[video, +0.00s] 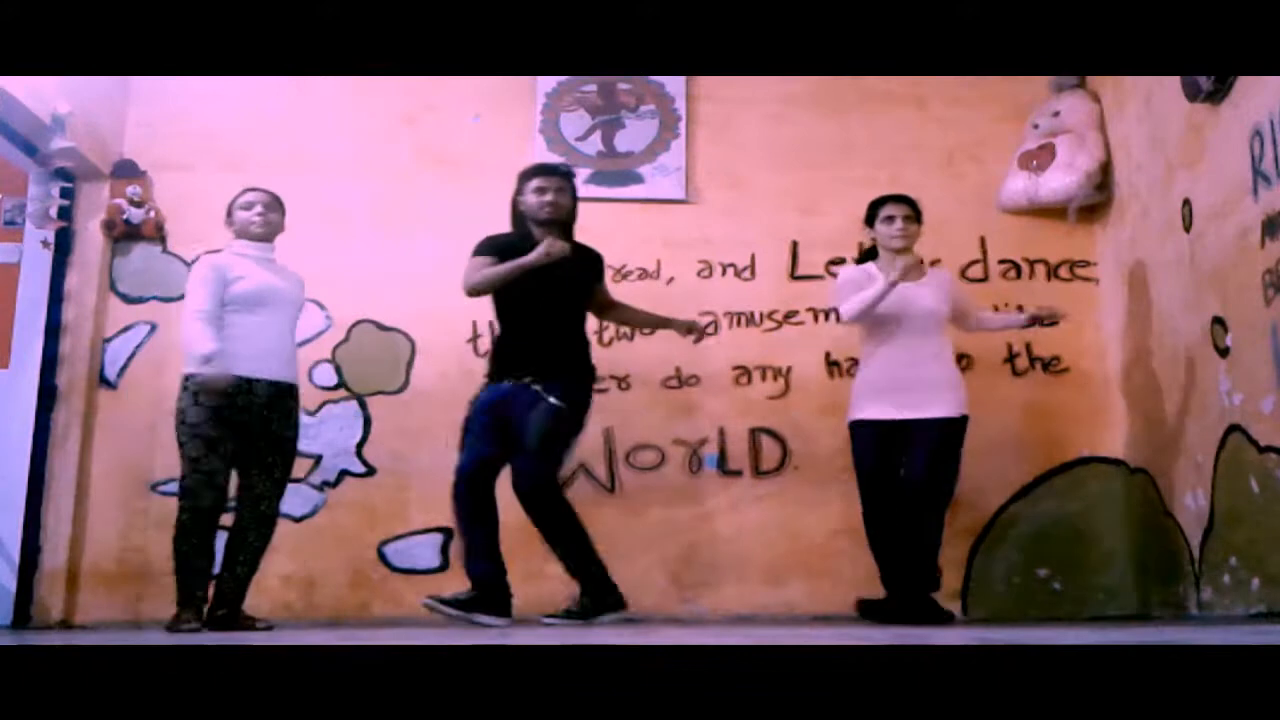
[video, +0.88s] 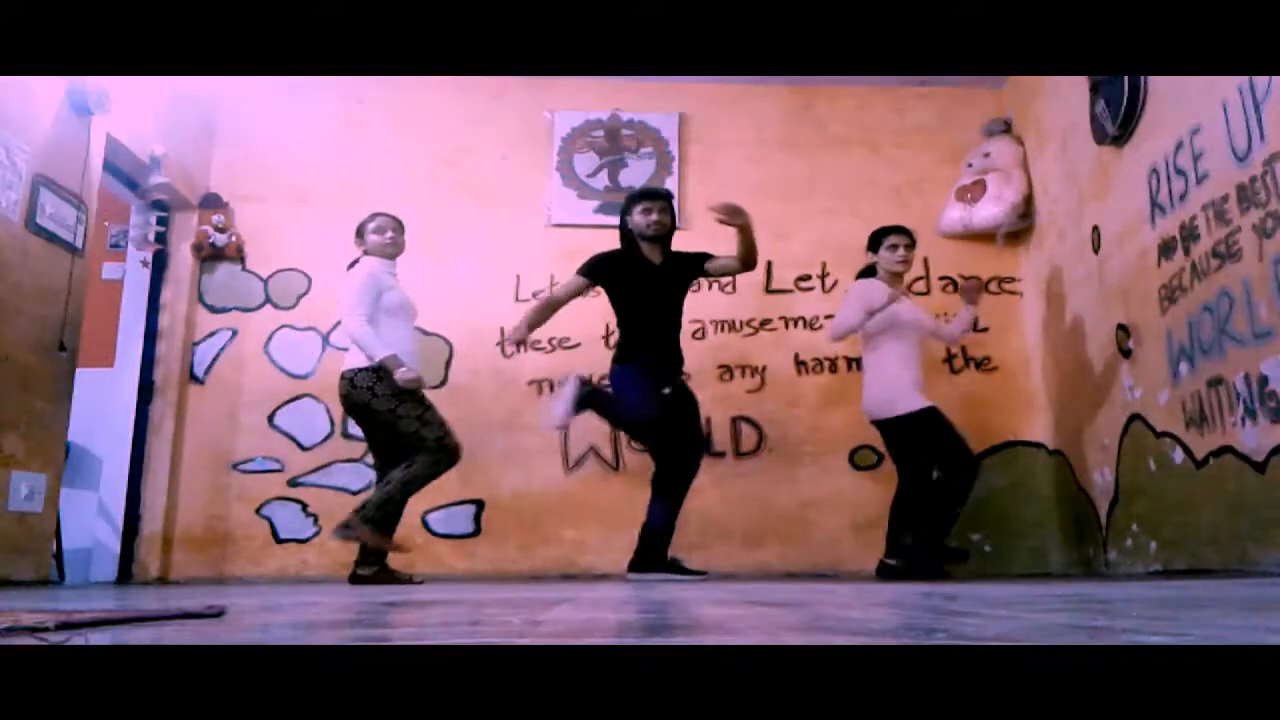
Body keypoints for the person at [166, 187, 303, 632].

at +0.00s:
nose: (260, 212)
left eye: (270, 208)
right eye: (248, 206)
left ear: (282, 225)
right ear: (229, 221)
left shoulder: (293, 281)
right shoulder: (214, 263)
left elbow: (284, 340)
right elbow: (198, 319)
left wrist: (286, 390)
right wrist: (207, 364)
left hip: (276, 400)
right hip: (216, 392)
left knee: (261, 509)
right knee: (202, 500)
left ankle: (228, 607)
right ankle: (190, 607)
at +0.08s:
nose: (273, 217)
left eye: (282, 213)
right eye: (260, 211)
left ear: (292, 229)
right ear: (241, 225)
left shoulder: (293, 289)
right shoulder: (228, 266)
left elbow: (294, 337)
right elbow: (230, 317)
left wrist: (306, 345)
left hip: (283, 399)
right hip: (222, 394)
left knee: (283, 506)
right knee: (202, 501)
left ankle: (253, 603)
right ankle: (191, 608)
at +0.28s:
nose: (303, 212)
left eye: (311, 206)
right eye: (290, 207)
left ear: (321, 220)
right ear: (271, 221)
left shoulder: (306, 268)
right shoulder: (275, 254)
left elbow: (306, 331)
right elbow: (266, 304)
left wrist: (323, 375)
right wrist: (283, 356)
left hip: (308, 390)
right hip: (266, 385)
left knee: (332, 492)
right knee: (267, 489)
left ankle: (308, 604)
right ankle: (188, 591)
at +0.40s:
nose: (323, 215)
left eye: (330, 210)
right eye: (309, 210)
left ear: (339, 224)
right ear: (290, 225)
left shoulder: (326, 274)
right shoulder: (297, 259)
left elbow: (335, 356)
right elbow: (259, 315)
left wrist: (384, 392)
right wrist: (255, 376)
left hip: (324, 397)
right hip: (300, 395)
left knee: (344, 492)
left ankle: (311, 605)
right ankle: (235, 574)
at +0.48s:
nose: (329, 207)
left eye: (336, 202)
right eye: (316, 202)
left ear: (346, 216)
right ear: (296, 217)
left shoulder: (331, 267)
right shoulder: (302, 254)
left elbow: (338, 344)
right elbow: (262, 310)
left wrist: (382, 383)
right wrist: (257, 370)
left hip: (329, 384)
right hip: (309, 382)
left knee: (340, 487)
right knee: (347, 483)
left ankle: (312, 600)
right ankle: (286, 592)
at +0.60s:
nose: (388, 233)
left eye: (395, 228)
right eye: (378, 228)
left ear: (402, 240)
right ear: (361, 240)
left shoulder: (387, 278)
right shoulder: (366, 268)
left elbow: (391, 343)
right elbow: (344, 320)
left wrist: (411, 393)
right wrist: (342, 375)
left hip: (394, 381)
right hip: (375, 379)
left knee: (408, 467)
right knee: (374, 467)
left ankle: (372, 558)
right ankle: (346, 560)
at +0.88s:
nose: (390, 236)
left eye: (396, 231)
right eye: (379, 231)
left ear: (404, 242)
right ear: (361, 243)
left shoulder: (386, 278)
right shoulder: (368, 273)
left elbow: (386, 335)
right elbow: (353, 323)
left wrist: (410, 370)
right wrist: (394, 365)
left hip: (377, 381)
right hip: (372, 380)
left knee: (394, 470)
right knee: (442, 449)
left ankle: (371, 563)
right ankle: (363, 520)